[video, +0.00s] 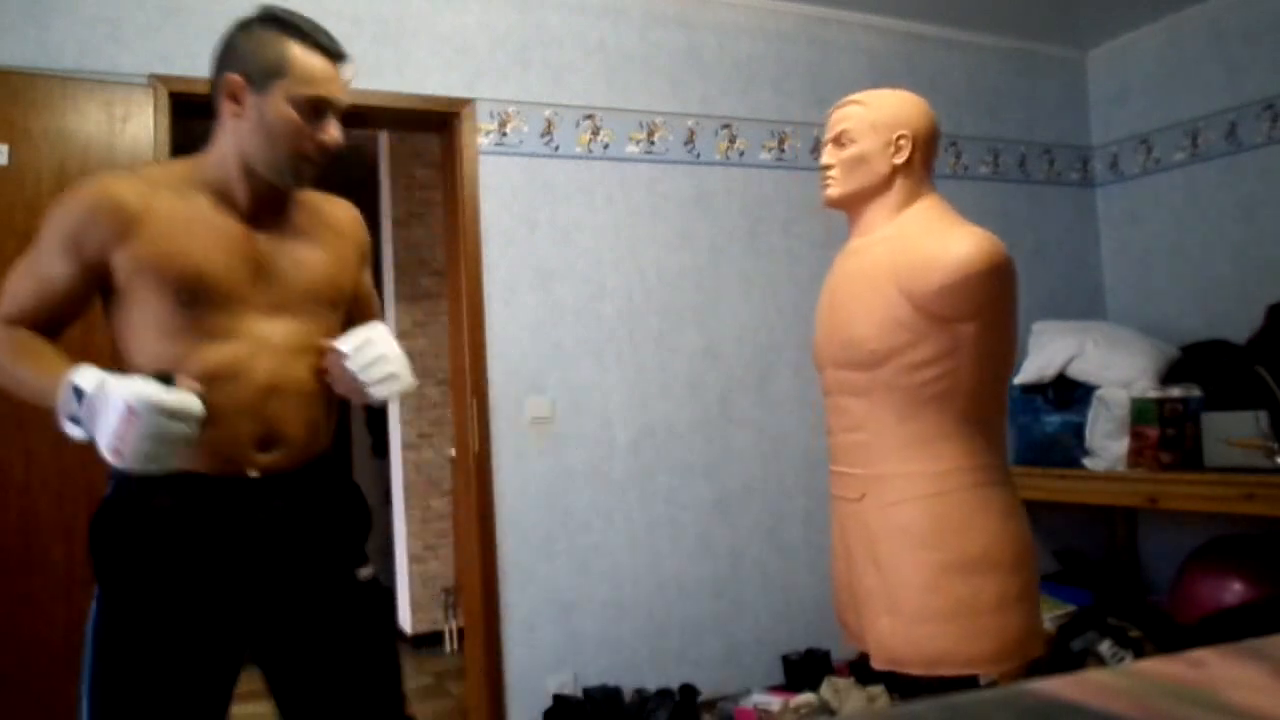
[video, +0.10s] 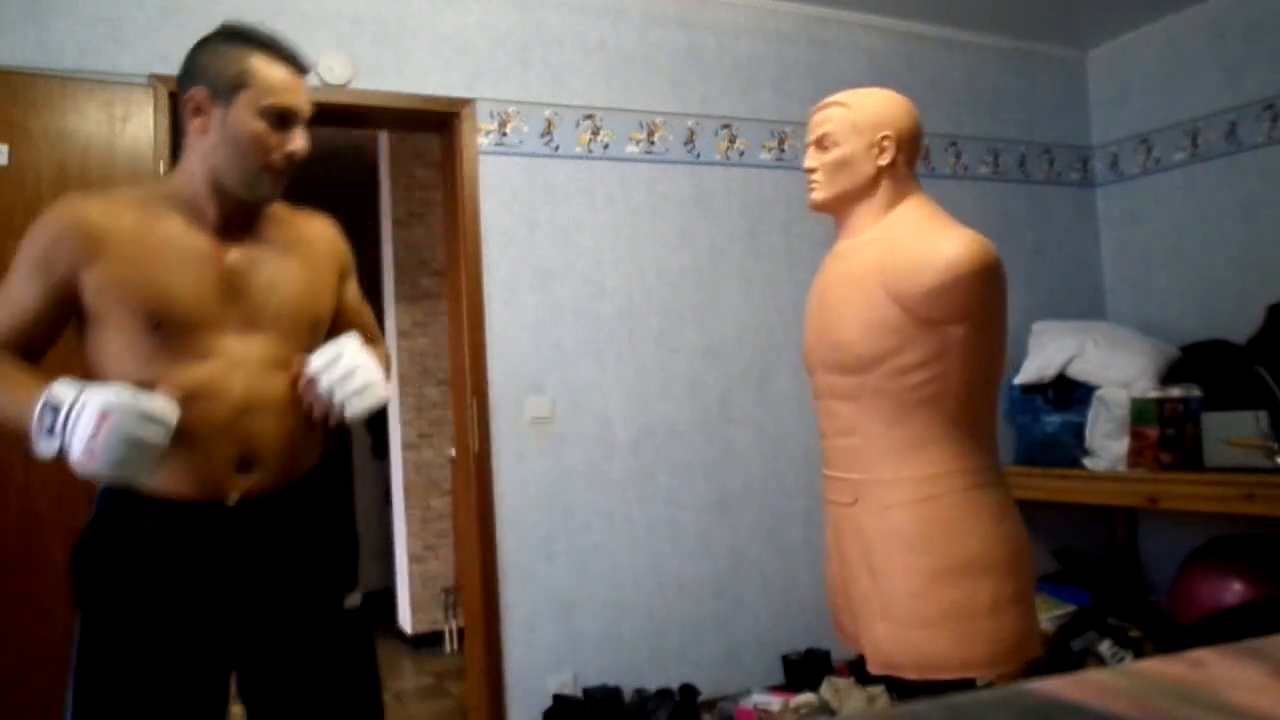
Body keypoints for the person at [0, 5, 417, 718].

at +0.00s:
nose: (334, 137)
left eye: (339, 116)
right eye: (312, 110)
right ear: (236, 98)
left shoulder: (341, 224)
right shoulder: (114, 210)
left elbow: (363, 347)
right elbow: (6, 333)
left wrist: (373, 365)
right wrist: (88, 397)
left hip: (310, 528)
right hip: (171, 534)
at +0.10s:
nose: (299, 147)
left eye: (305, 126)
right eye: (279, 120)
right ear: (200, 114)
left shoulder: (320, 242)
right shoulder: (84, 231)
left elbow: (368, 350)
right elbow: (1, 355)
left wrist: (363, 370)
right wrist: (58, 412)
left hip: (294, 546)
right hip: (150, 549)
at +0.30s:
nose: (249, 159)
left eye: (253, 139)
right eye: (226, 133)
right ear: (147, 123)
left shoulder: (272, 253)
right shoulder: (26, 246)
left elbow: (314, 390)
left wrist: (316, 415)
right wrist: (69, 432)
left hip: (248, 555)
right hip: (100, 563)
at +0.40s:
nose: (232, 161)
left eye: (236, 141)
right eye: (211, 133)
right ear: (130, 121)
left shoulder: (258, 250)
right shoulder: (19, 244)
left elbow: (304, 397)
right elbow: (3, 427)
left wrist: (296, 390)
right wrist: (86, 401)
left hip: (241, 554)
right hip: (91, 563)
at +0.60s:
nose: (242, 164)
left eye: (246, 144)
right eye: (220, 137)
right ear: (139, 125)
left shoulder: (277, 250)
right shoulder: (27, 262)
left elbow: (357, 385)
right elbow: (1, 437)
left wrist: (327, 380)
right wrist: (72, 432)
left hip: (267, 564)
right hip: (115, 573)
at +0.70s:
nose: (268, 162)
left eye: (271, 141)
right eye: (245, 136)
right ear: (165, 126)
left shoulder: (304, 247)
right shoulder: (57, 270)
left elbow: (391, 391)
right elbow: (3, 423)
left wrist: (336, 347)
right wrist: (47, 476)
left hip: (298, 564)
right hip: (149, 575)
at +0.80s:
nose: (290, 159)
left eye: (293, 137)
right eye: (267, 133)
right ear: (187, 123)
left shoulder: (325, 242)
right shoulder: (78, 264)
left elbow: (425, 381)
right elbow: (17, 414)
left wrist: (352, 324)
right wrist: (47, 484)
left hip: (314, 563)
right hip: (168, 570)